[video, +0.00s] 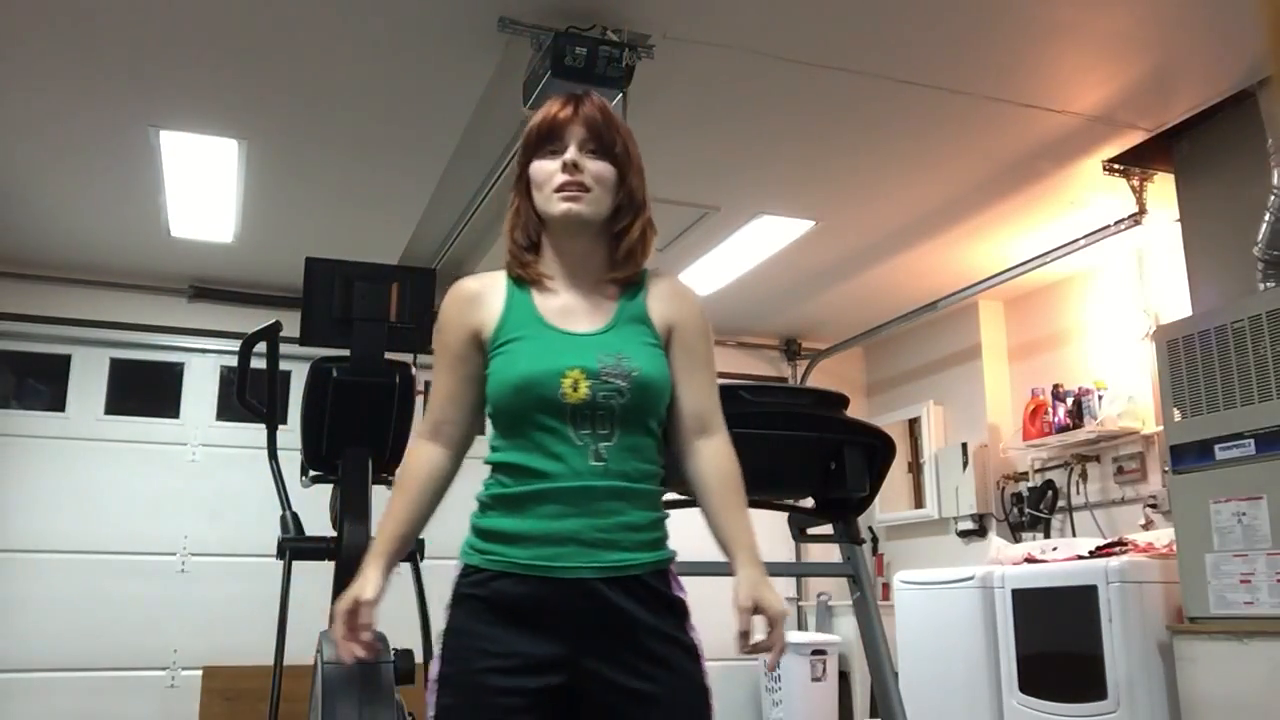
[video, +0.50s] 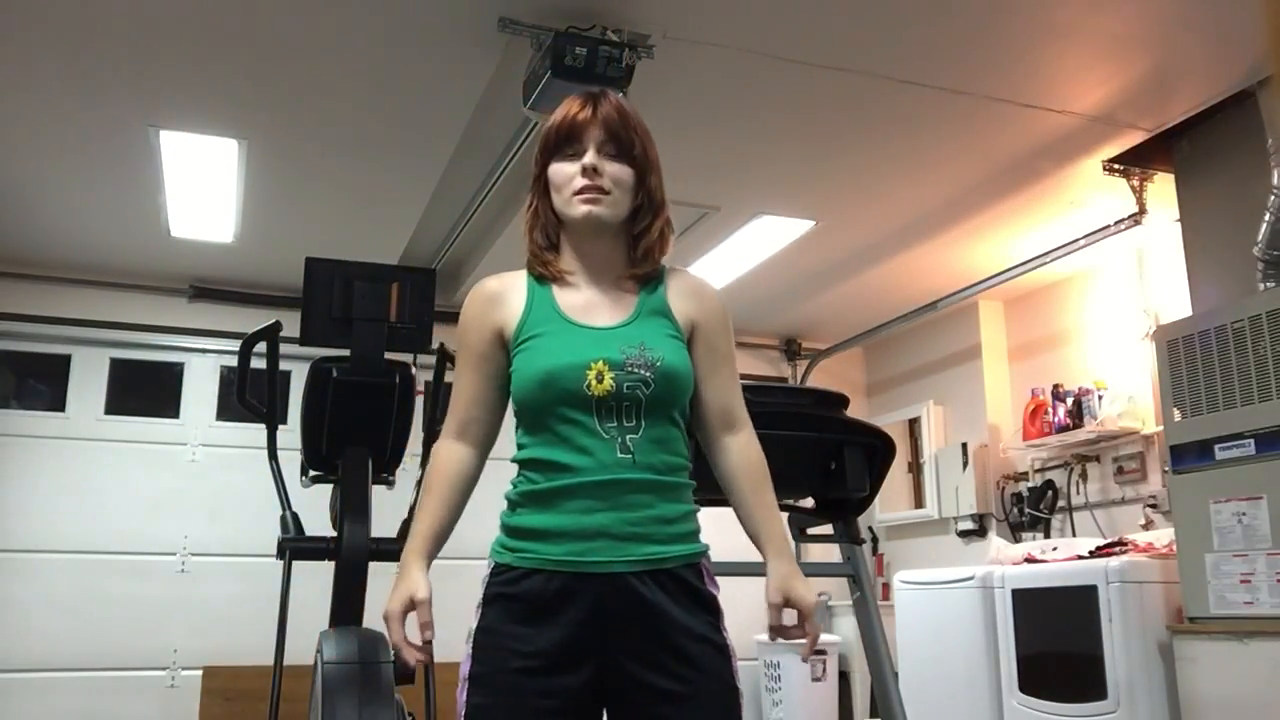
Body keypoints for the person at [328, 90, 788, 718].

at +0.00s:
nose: (571, 163)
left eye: (593, 152)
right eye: (552, 151)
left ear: (624, 182)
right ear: (527, 182)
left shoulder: (669, 304)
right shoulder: (477, 301)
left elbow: (703, 438)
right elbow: (437, 440)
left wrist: (748, 565)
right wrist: (376, 565)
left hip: (637, 606)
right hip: (502, 605)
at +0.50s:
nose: (591, 165)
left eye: (614, 153)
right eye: (570, 153)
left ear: (642, 182)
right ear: (544, 183)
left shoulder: (691, 300)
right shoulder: (499, 301)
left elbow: (731, 434)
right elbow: (462, 439)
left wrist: (781, 559)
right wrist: (415, 561)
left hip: (670, 599)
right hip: (534, 599)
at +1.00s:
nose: (575, 181)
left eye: (598, 168)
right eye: (556, 167)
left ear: (628, 195)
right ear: (533, 194)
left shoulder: (681, 305)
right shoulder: (493, 320)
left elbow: (716, 439)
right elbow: (470, 460)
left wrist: (749, 566)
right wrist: (404, 577)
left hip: (641, 609)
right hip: (504, 605)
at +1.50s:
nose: (553, 179)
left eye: (577, 165)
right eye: (535, 165)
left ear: (606, 191)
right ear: (511, 192)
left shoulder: (656, 301)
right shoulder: (471, 316)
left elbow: (696, 430)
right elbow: (449, 459)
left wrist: (725, 559)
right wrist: (397, 582)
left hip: (624, 607)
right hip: (490, 605)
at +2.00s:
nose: (626, 192)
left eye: (650, 177)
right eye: (610, 173)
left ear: (679, 199)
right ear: (584, 190)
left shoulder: (716, 292)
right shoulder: (556, 299)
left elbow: (768, 412)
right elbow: (487, 322)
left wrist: (799, 542)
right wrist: (530, 206)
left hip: (698, 591)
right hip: (582, 595)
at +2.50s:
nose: (697, 221)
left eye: (720, 204)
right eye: (676, 204)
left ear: (750, 221)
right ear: (654, 221)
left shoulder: (798, 334)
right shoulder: (615, 315)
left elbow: (849, 470)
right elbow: (600, 362)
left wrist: (928, 599)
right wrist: (629, 361)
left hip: (786, 614)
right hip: (655, 623)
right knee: (597, 711)